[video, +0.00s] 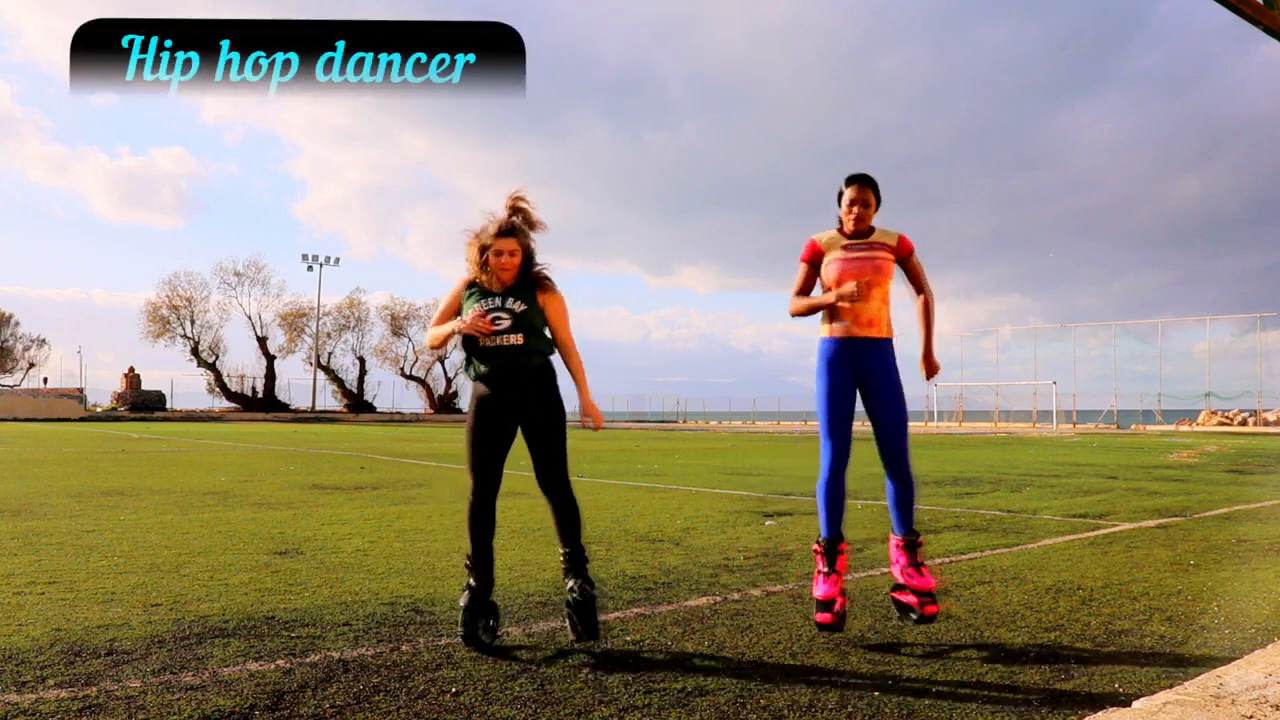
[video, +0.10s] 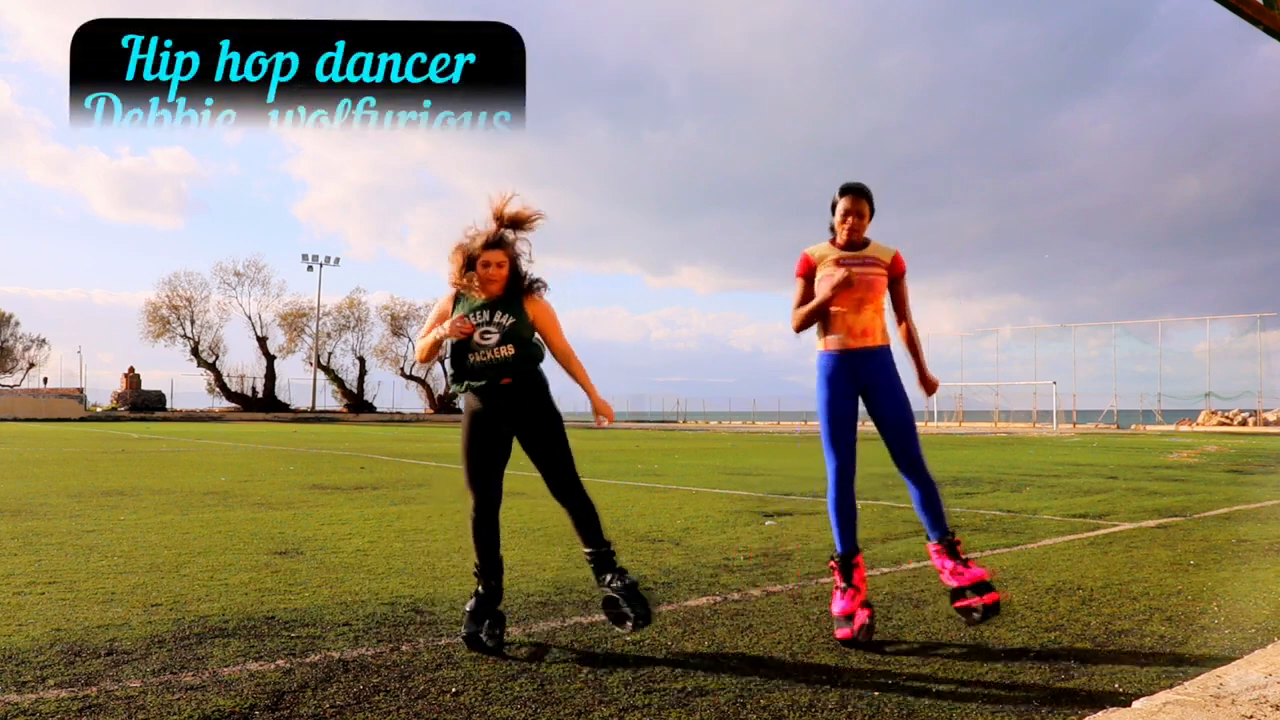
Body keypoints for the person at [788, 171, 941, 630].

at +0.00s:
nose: (857, 210)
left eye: (865, 204)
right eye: (851, 203)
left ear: (876, 210)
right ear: (839, 206)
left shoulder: (895, 245)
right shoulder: (820, 247)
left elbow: (923, 293)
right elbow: (796, 305)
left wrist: (927, 350)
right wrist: (829, 297)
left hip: (880, 354)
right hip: (835, 355)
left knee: (897, 458)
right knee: (833, 459)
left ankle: (906, 554)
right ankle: (829, 560)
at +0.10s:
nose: (852, 222)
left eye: (860, 216)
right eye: (846, 214)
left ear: (870, 220)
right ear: (833, 216)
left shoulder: (888, 260)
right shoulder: (814, 260)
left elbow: (904, 319)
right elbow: (798, 322)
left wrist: (921, 369)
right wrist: (823, 292)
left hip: (880, 365)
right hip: (835, 368)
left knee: (913, 463)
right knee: (841, 471)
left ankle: (946, 552)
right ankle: (848, 574)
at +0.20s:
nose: (845, 253)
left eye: (852, 247)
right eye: (839, 244)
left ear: (861, 252)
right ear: (825, 247)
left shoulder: (877, 289)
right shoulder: (804, 293)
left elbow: (889, 346)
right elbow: (793, 352)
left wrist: (903, 398)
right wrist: (819, 296)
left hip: (883, 394)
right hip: (837, 401)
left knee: (936, 475)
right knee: (844, 499)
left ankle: (1002, 550)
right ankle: (861, 589)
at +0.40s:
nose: (837, 223)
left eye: (844, 217)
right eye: (831, 215)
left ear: (853, 221)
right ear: (816, 217)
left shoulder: (871, 255)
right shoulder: (798, 264)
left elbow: (887, 310)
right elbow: (795, 326)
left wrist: (896, 357)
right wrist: (820, 263)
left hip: (885, 357)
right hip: (842, 369)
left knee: (949, 438)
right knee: (853, 473)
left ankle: (1009, 515)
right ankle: (860, 573)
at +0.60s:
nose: (836, 235)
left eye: (843, 228)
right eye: (830, 227)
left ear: (853, 232)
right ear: (816, 230)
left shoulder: (872, 267)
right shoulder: (799, 276)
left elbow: (899, 325)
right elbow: (797, 336)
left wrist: (926, 379)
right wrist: (818, 276)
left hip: (887, 372)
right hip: (841, 383)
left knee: (951, 456)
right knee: (844, 482)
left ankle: (1017, 526)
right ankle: (848, 582)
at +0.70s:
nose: (842, 250)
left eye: (848, 243)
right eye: (835, 242)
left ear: (857, 247)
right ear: (821, 245)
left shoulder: (876, 285)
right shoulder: (802, 291)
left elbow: (908, 343)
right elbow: (789, 347)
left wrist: (939, 398)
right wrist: (819, 290)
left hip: (888, 390)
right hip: (841, 398)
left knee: (947, 473)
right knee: (843, 497)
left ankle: (1009, 547)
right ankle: (849, 594)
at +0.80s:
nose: (855, 234)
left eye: (862, 227)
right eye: (848, 227)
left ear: (872, 231)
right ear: (836, 231)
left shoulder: (893, 271)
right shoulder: (820, 269)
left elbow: (918, 327)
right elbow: (778, 319)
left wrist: (913, 341)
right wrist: (818, 312)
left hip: (893, 375)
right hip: (847, 380)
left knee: (931, 472)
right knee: (850, 485)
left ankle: (958, 557)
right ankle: (848, 584)